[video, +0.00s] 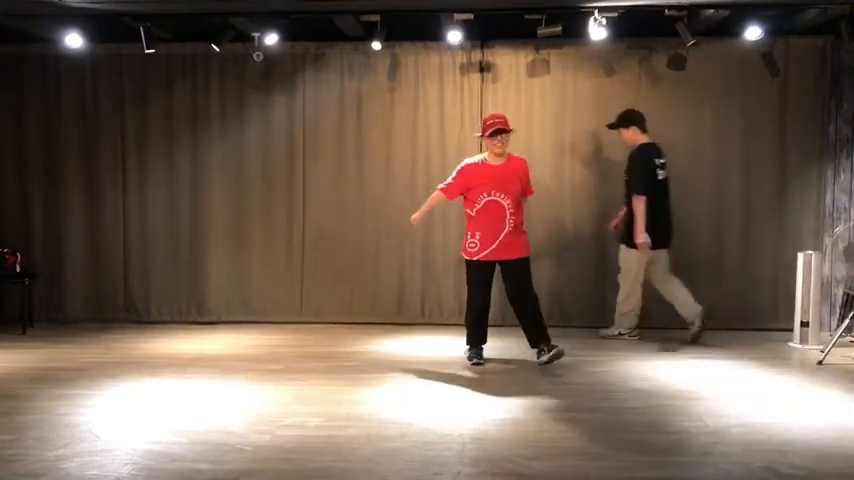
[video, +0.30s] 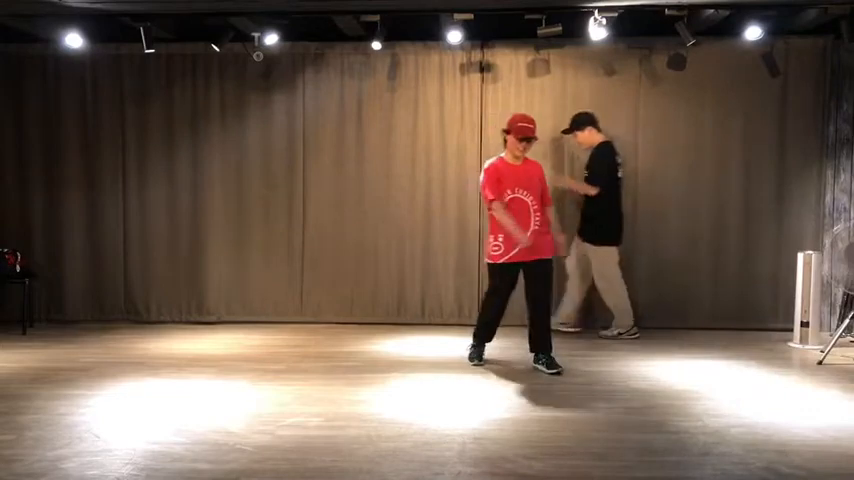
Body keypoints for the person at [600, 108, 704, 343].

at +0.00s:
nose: (621, 137)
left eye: (622, 132)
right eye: (620, 133)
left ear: (632, 130)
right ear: (640, 129)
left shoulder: (638, 155)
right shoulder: (655, 151)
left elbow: (639, 197)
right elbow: (643, 193)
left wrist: (640, 232)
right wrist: (625, 213)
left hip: (639, 231)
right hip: (658, 228)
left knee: (629, 280)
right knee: (660, 276)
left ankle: (625, 325)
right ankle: (694, 314)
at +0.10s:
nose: (607, 136)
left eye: (608, 131)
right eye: (606, 131)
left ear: (618, 128)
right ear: (623, 128)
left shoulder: (627, 153)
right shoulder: (637, 150)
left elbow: (626, 195)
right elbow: (633, 194)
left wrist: (616, 227)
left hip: (628, 226)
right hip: (639, 224)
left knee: (622, 275)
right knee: (629, 271)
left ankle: (624, 325)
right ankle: (660, 307)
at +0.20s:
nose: (592, 137)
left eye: (593, 132)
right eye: (590, 132)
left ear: (604, 128)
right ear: (606, 128)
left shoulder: (617, 151)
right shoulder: (618, 149)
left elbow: (611, 191)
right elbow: (614, 190)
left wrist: (590, 208)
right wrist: (596, 215)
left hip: (616, 229)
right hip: (609, 227)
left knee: (615, 277)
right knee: (589, 262)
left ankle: (625, 325)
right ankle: (614, 311)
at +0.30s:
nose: (576, 141)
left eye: (577, 135)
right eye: (574, 136)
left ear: (589, 130)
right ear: (590, 130)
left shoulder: (603, 152)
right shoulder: (602, 150)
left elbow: (594, 189)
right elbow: (599, 188)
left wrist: (568, 182)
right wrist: (578, 188)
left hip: (602, 228)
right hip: (591, 226)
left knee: (608, 277)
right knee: (576, 269)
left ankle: (625, 325)